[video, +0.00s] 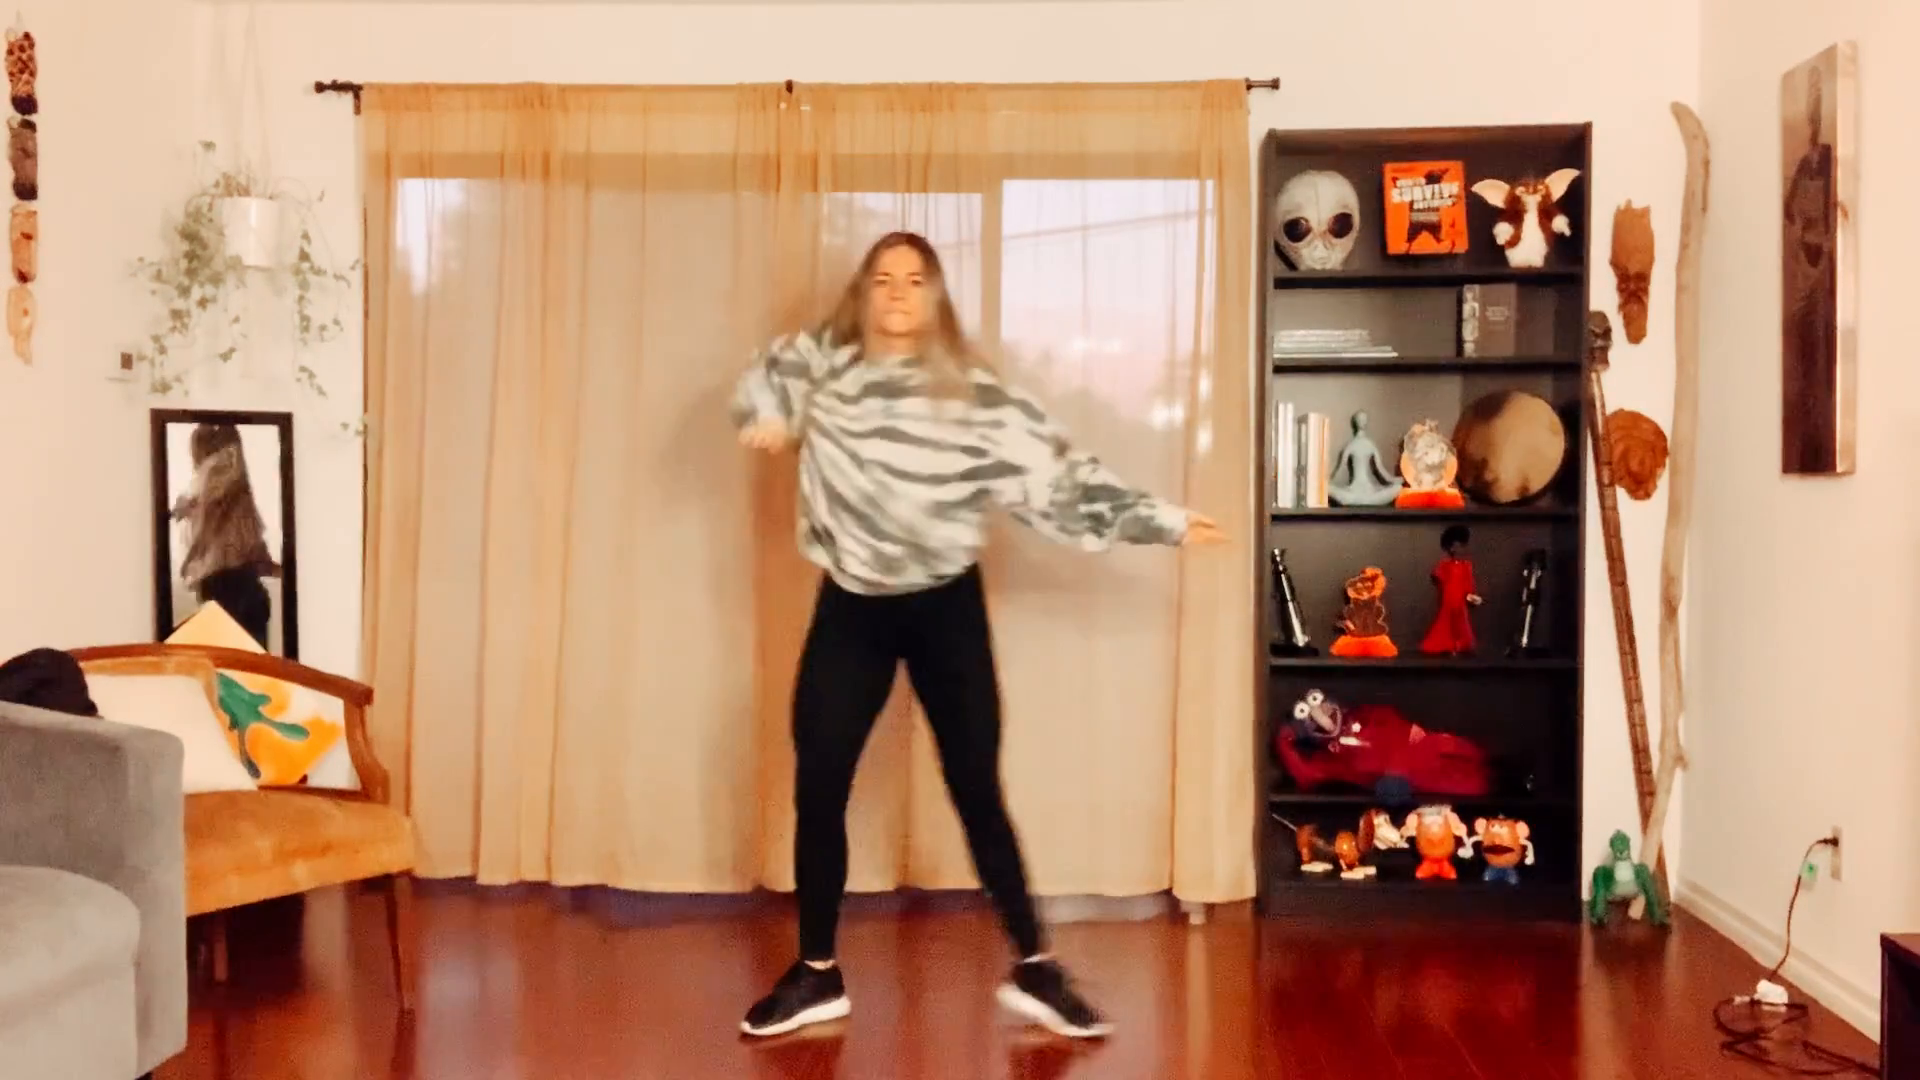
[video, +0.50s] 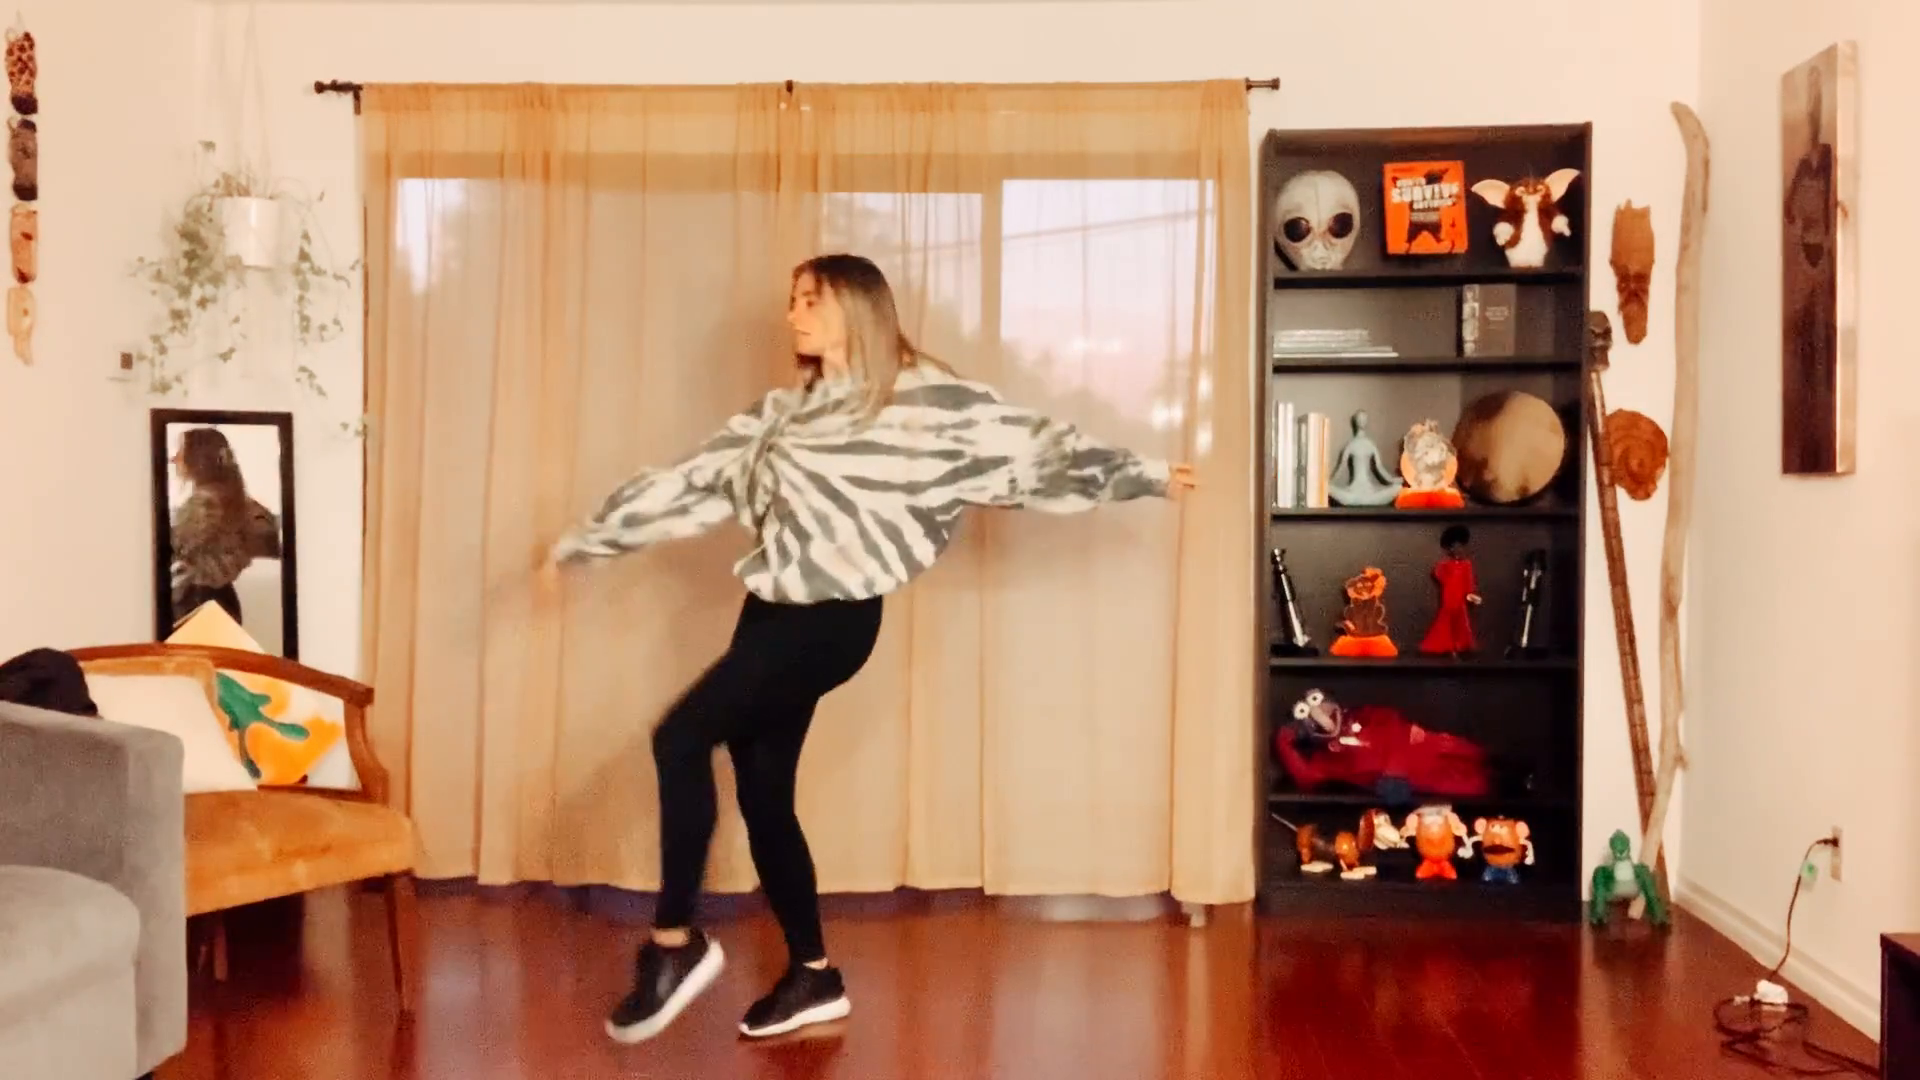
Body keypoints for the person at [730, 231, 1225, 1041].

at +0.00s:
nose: (897, 293)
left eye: (913, 281)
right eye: (883, 281)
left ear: (937, 297)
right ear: (860, 294)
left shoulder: (975, 396)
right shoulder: (821, 360)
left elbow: (1058, 481)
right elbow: (766, 373)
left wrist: (1160, 520)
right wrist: (765, 412)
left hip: (944, 605)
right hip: (848, 604)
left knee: (976, 786)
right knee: (817, 783)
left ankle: (1034, 965)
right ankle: (816, 972)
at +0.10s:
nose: (872, 294)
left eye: (888, 283)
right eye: (859, 281)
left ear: (912, 297)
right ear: (834, 293)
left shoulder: (940, 399)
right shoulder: (803, 353)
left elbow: (1032, 472)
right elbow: (748, 353)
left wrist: (1139, 529)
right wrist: (752, 375)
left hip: (907, 604)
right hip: (818, 603)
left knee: (917, 793)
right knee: (800, 786)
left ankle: (954, 964)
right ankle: (814, 971)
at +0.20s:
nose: (849, 297)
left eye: (865, 285)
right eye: (837, 285)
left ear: (894, 297)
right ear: (818, 298)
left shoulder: (928, 395)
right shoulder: (798, 373)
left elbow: (1028, 472)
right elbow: (735, 404)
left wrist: (1137, 521)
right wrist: (719, 371)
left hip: (876, 605)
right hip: (797, 600)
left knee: (809, 779)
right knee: (778, 781)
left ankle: (864, 946)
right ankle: (807, 964)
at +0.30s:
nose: (835, 306)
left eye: (853, 292)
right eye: (824, 294)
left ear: (885, 303)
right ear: (810, 308)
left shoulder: (930, 400)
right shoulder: (798, 400)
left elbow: (1035, 464)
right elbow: (721, 462)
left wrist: (1145, 495)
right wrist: (648, 419)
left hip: (853, 615)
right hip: (784, 610)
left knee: (742, 772)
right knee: (771, 789)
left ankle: (745, 978)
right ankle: (812, 973)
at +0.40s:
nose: (816, 319)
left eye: (831, 305)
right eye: (810, 307)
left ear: (873, 313)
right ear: (808, 320)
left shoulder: (923, 397)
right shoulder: (795, 408)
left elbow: (1031, 442)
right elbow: (704, 477)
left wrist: (1146, 474)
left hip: (833, 618)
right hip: (772, 612)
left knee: (709, 776)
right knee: (764, 796)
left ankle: (700, 984)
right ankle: (812, 973)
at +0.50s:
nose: (794, 317)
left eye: (808, 303)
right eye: (793, 304)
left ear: (854, 311)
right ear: (808, 314)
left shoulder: (921, 400)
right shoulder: (784, 412)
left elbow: (1030, 445)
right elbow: (693, 480)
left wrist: (1144, 475)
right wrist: (588, 537)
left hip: (831, 618)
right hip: (769, 614)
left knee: (681, 735)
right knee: (765, 799)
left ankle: (673, 940)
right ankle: (811, 974)